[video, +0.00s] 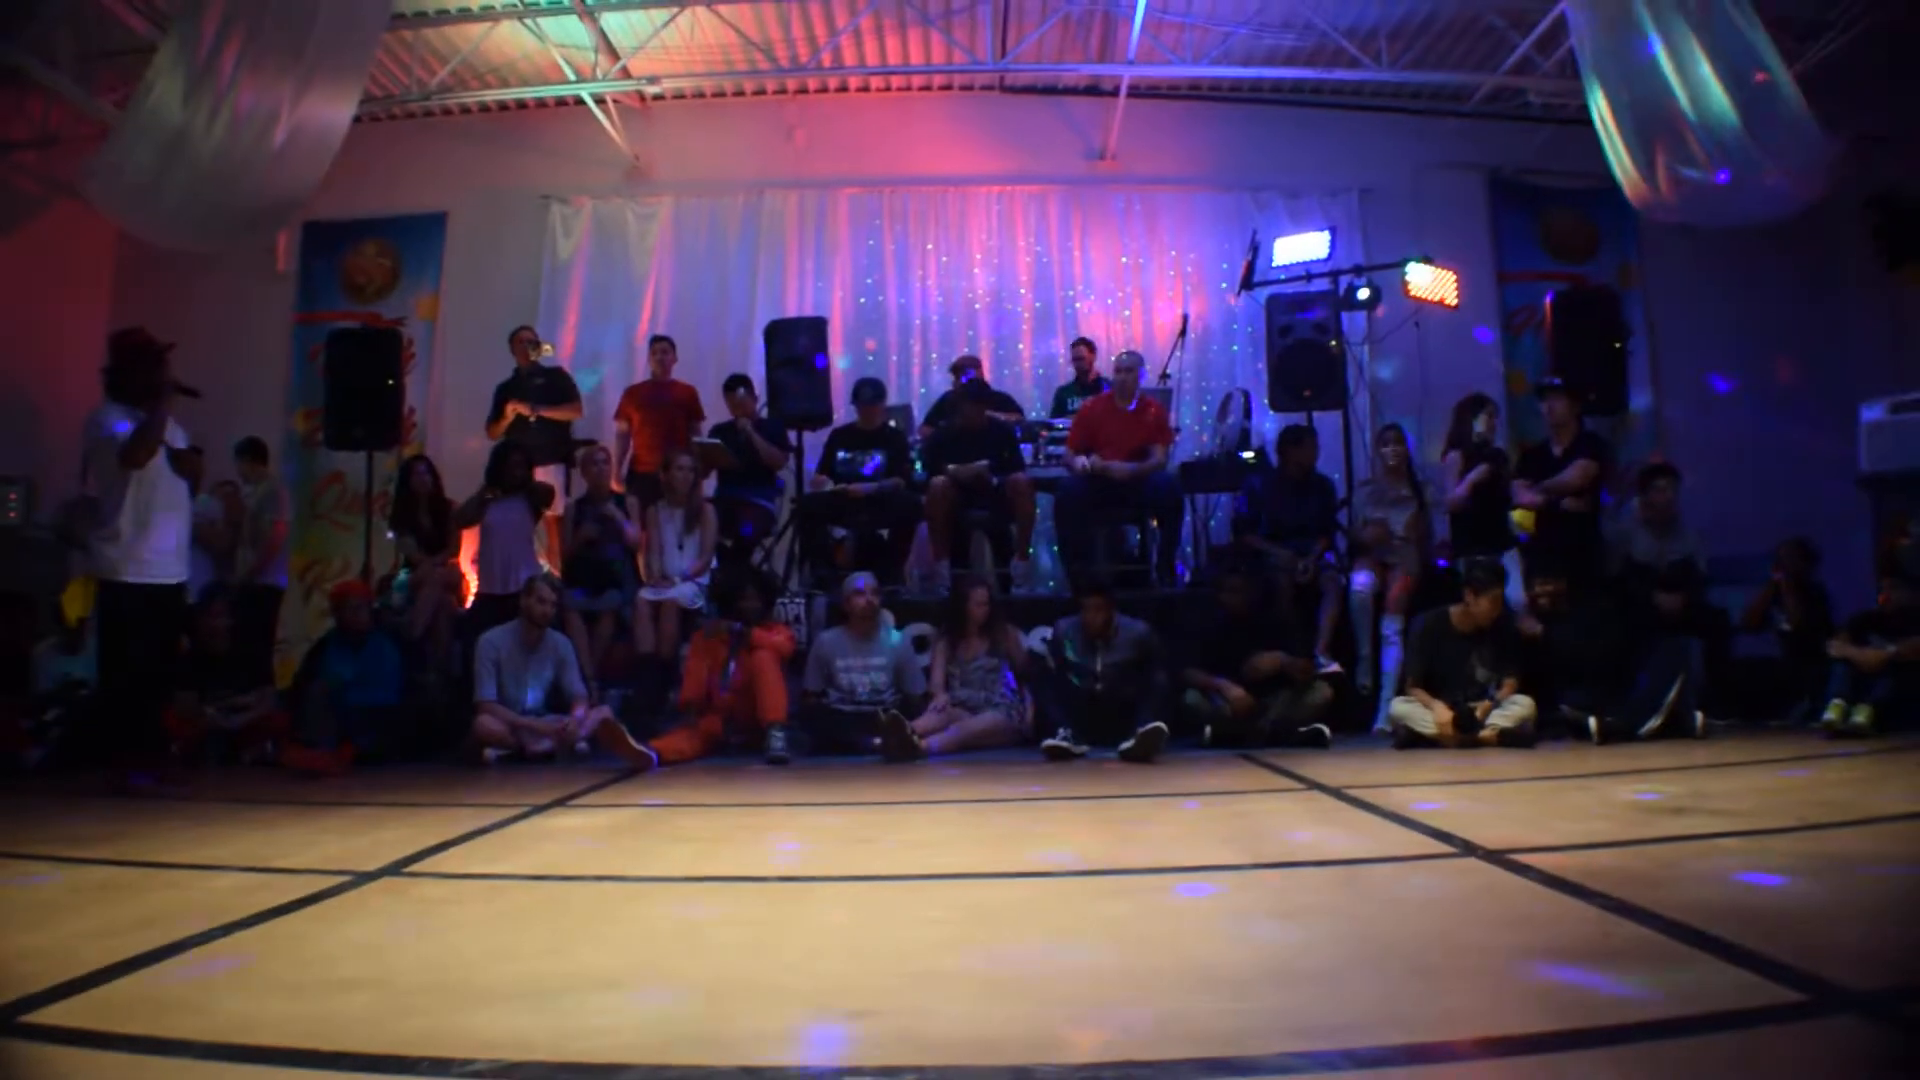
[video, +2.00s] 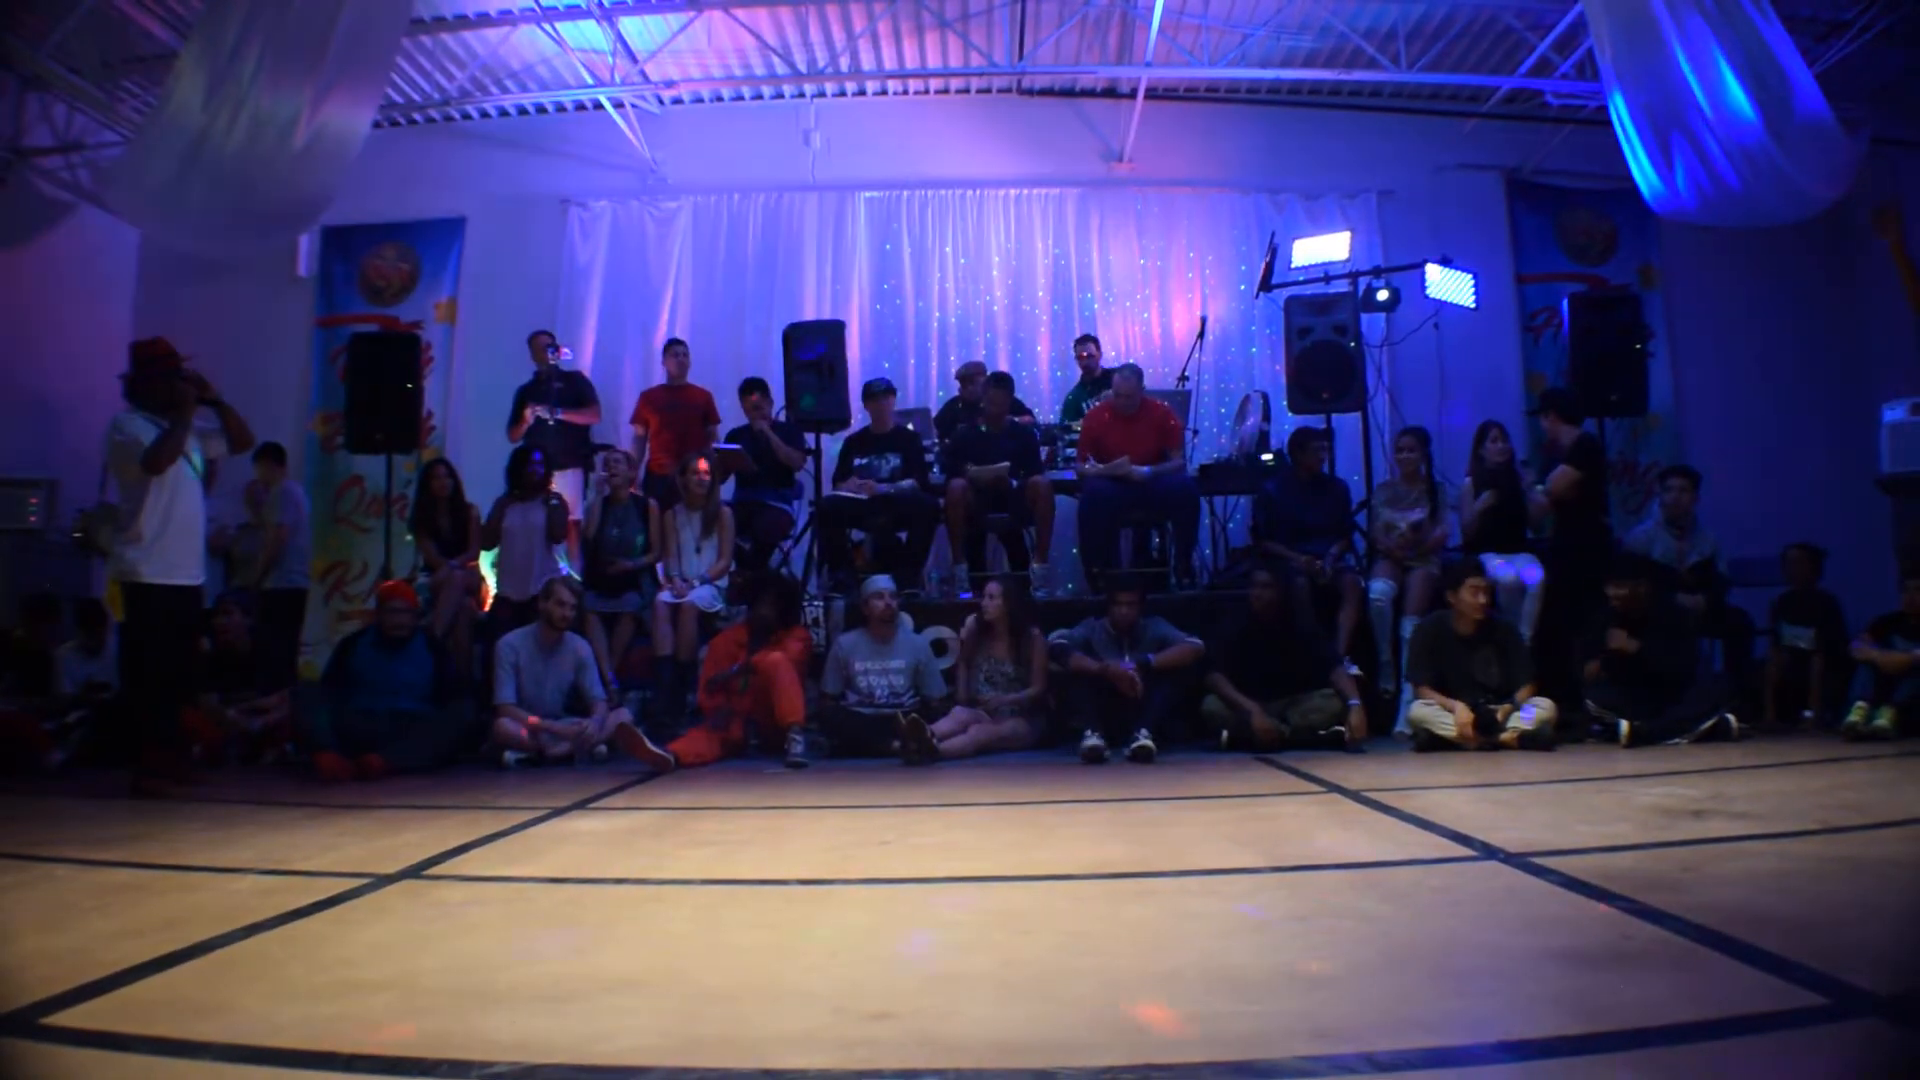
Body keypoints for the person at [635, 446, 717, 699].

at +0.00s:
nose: (684, 476)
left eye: (689, 470)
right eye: (679, 470)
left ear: (696, 477)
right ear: (666, 475)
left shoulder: (704, 510)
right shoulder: (656, 511)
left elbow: (707, 554)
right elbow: (652, 548)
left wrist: (686, 576)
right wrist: (654, 575)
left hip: (693, 579)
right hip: (663, 579)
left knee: (670, 603)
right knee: (643, 601)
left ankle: (666, 668)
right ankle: (645, 667)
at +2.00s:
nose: (702, 479)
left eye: (707, 474)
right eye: (696, 474)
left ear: (713, 480)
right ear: (683, 479)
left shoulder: (722, 514)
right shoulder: (672, 516)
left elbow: (725, 560)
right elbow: (669, 557)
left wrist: (698, 582)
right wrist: (674, 580)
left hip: (710, 581)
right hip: (678, 581)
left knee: (689, 605)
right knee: (661, 603)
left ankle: (683, 679)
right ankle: (664, 677)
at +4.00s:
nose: (700, 478)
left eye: (705, 472)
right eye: (694, 472)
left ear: (712, 478)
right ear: (683, 478)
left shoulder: (722, 513)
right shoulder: (672, 516)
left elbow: (725, 560)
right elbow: (670, 556)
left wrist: (697, 582)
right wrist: (674, 581)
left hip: (710, 580)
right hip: (679, 580)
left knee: (688, 607)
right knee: (659, 605)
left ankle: (682, 682)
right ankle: (662, 680)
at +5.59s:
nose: (683, 477)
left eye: (690, 472)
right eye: (681, 472)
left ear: (704, 478)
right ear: (678, 477)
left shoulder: (721, 514)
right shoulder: (672, 516)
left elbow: (725, 560)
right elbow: (669, 559)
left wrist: (699, 581)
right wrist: (674, 580)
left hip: (709, 580)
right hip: (679, 581)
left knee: (688, 606)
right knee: (660, 603)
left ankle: (681, 678)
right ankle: (662, 676)